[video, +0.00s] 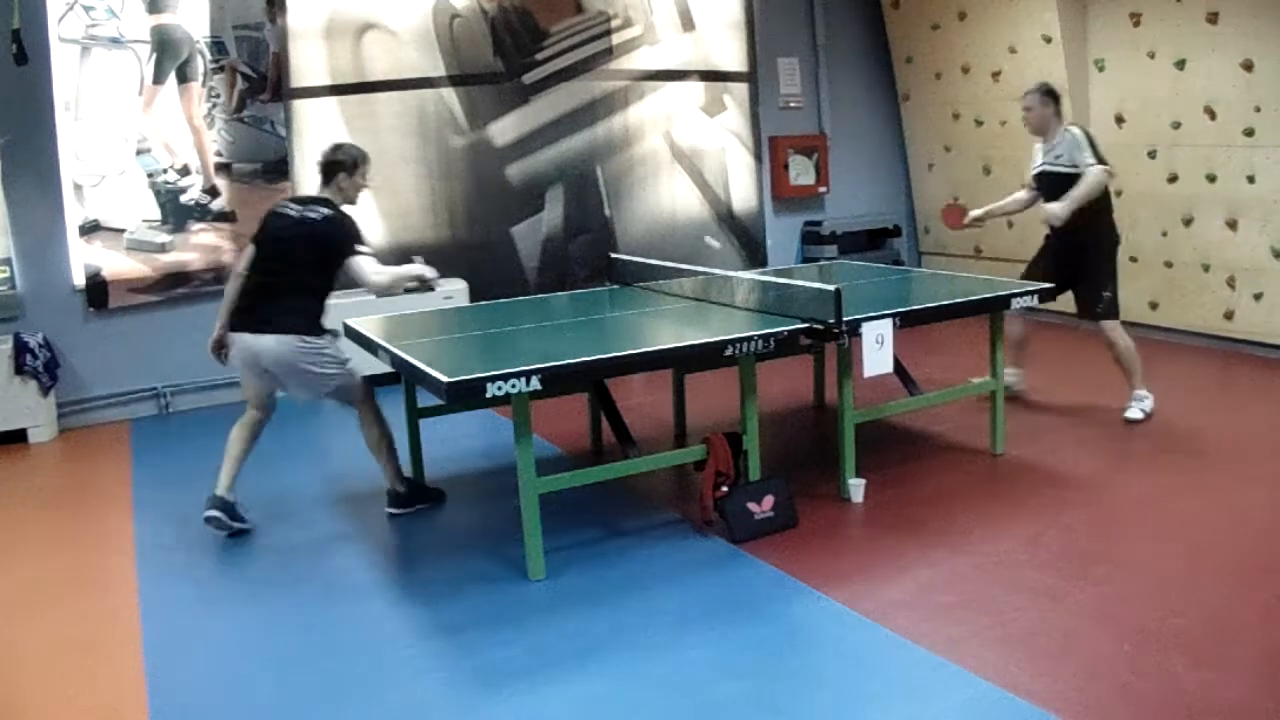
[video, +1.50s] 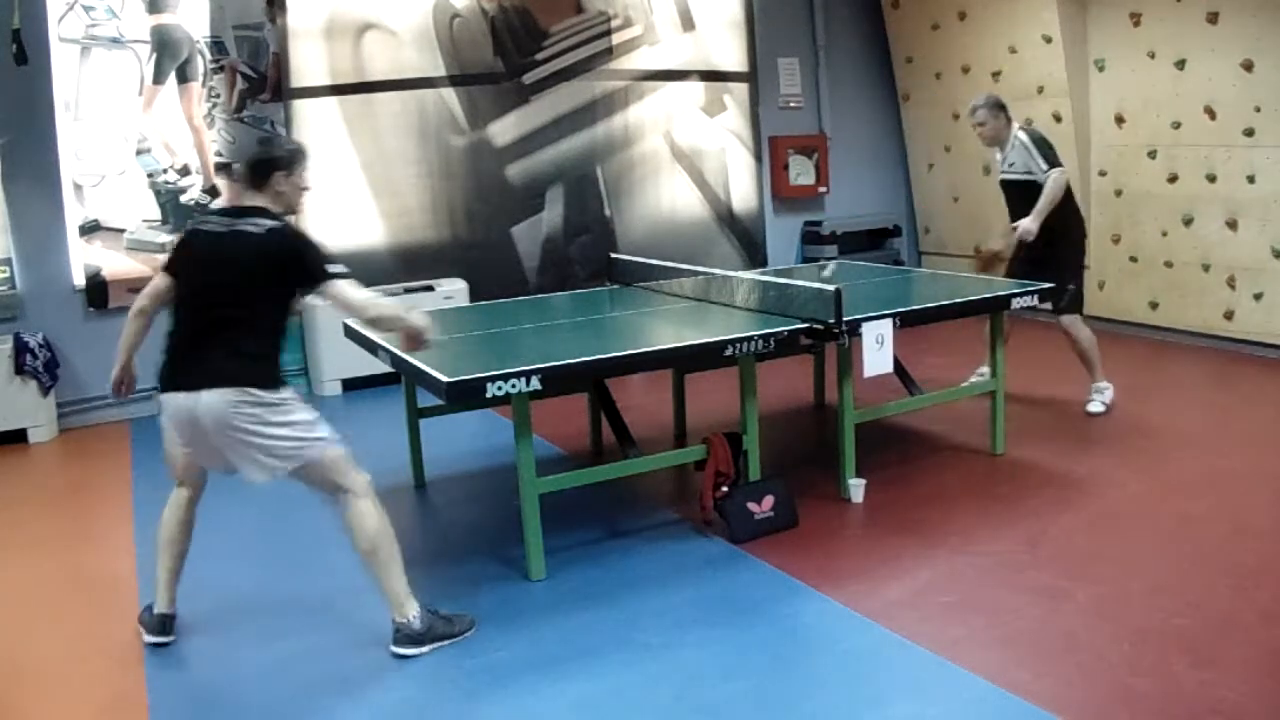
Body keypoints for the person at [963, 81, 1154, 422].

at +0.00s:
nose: (1024, 117)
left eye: (1029, 110)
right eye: (1023, 110)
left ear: (1051, 110)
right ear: (1034, 113)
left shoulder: (1074, 136)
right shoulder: (1040, 149)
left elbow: (1100, 173)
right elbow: (1029, 195)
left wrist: (1065, 205)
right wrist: (983, 213)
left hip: (1095, 245)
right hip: (1060, 244)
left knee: (1107, 323)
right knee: (1016, 305)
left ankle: (1140, 393)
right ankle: (1012, 374)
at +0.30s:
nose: (942, 140)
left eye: (946, 132)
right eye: (941, 134)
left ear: (967, 130)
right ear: (953, 136)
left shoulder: (996, 150)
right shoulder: (959, 172)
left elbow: (1031, 170)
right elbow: (930, 207)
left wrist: (1014, 191)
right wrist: (883, 218)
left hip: (1038, 253)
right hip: (1000, 255)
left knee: (1076, 322)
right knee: (952, 311)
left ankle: (1125, 389)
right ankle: (946, 381)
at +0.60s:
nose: (924, 130)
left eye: (929, 123)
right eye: (921, 125)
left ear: (951, 121)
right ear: (927, 129)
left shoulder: (980, 144)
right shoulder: (931, 164)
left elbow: (1024, 171)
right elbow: (898, 190)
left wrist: (1034, 201)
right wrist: (852, 198)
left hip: (1020, 243)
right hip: (980, 249)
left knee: (1059, 312)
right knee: (944, 307)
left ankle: (1102, 383)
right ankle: (943, 380)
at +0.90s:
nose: (973, 117)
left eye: (979, 109)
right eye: (969, 111)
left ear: (999, 110)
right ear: (969, 115)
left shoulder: (1023, 137)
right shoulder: (978, 149)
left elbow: (1059, 173)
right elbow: (974, 196)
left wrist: (1055, 211)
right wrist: (932, 209)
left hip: (1041, 242)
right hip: (1001, 243)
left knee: (1066, 314)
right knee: (963, 307)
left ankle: (1095, 385)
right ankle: (948, 375)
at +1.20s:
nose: (991, 108)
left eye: (997, 101)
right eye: (988, 103)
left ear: (1016, 101)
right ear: (986, 105)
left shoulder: (1040, 132)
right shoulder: (991, 140)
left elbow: (1073, 174)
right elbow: (987, 185)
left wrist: (1065, 217)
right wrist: (963, 211)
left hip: (1050, 238)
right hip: (1013, 239)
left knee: (1070, 314)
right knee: (990, 307)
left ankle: (1095, 385)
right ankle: (991, 369)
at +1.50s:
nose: (978, 132)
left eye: (982, 124)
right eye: (975, 127)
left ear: (1002, 119)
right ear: (977, 127)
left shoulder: (1027, 139)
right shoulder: (1005, 153)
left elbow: (1058, 175)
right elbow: (1021, 206)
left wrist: (1034, 218)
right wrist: (1005, 245)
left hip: (1062, 238)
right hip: (1030, 239)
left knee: (1067, 316)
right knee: (1000, 305)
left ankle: (1100, 384)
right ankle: (992, 370)